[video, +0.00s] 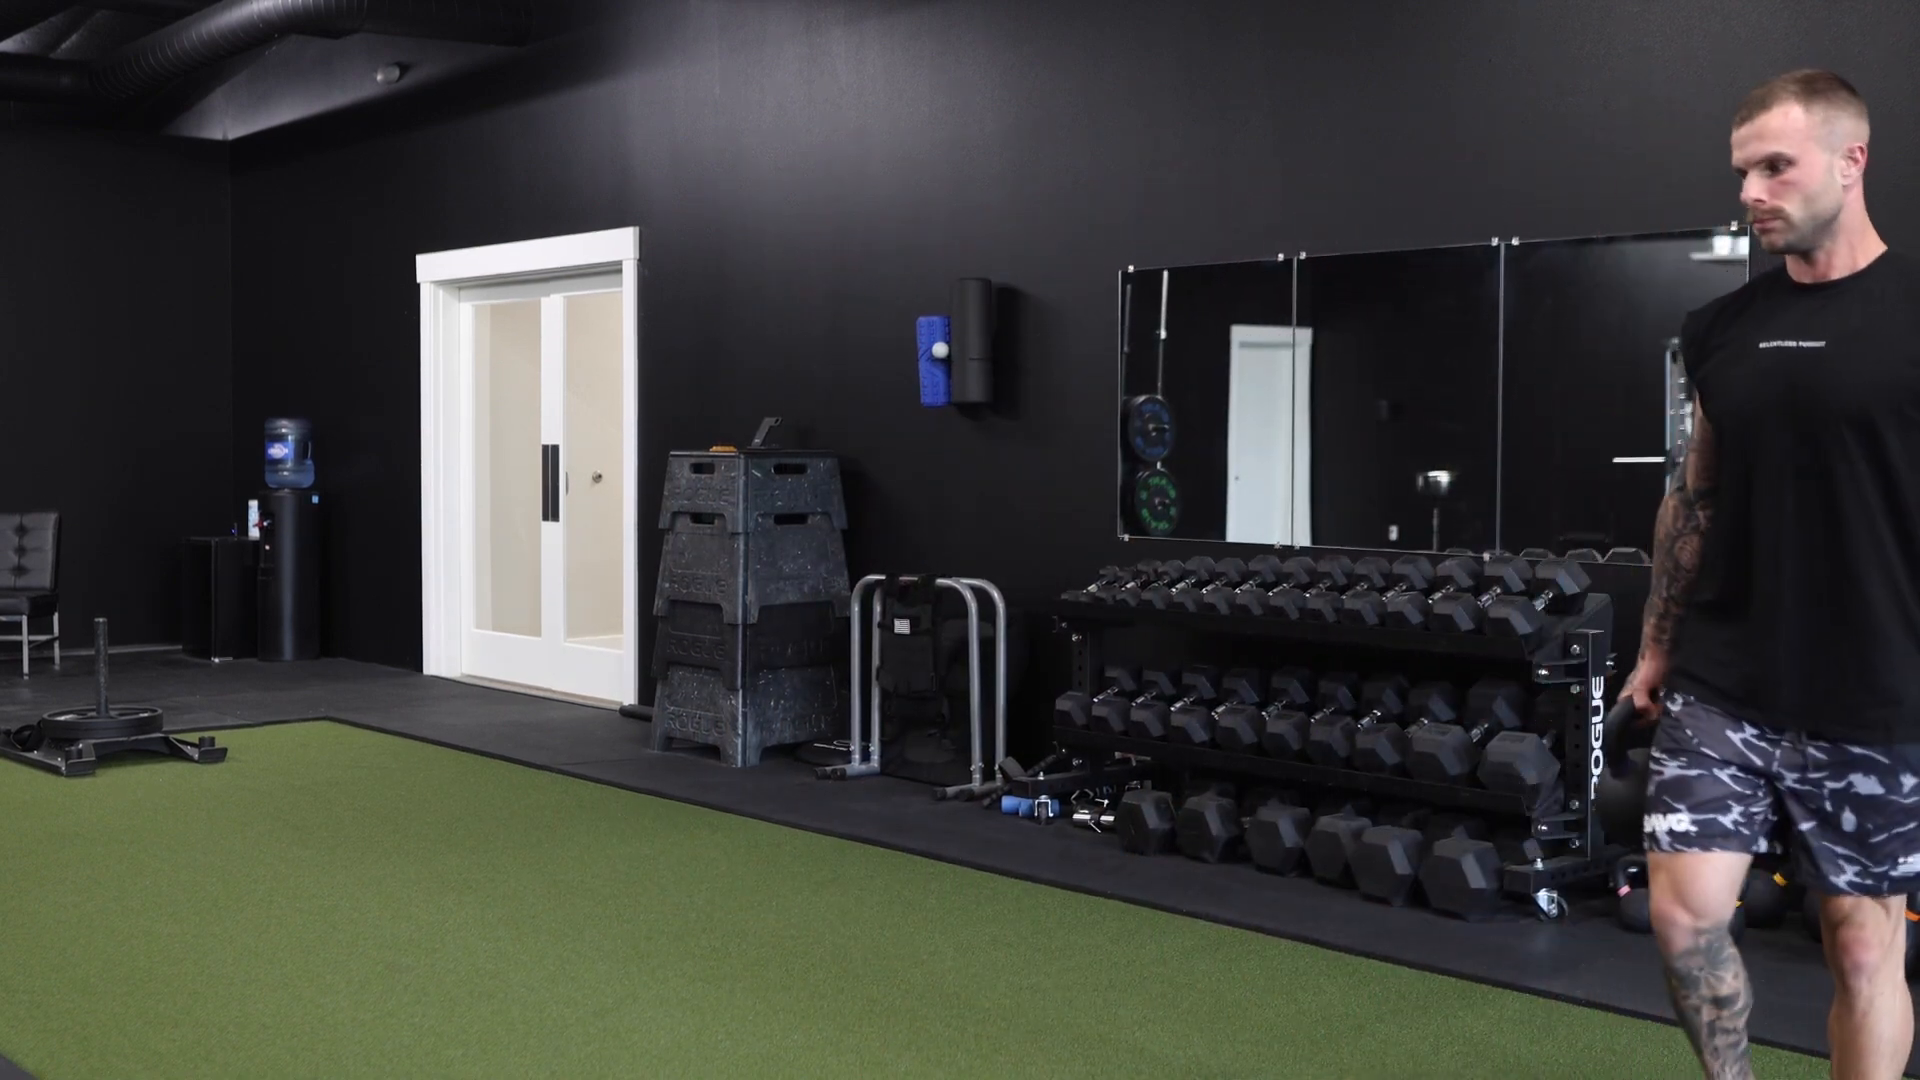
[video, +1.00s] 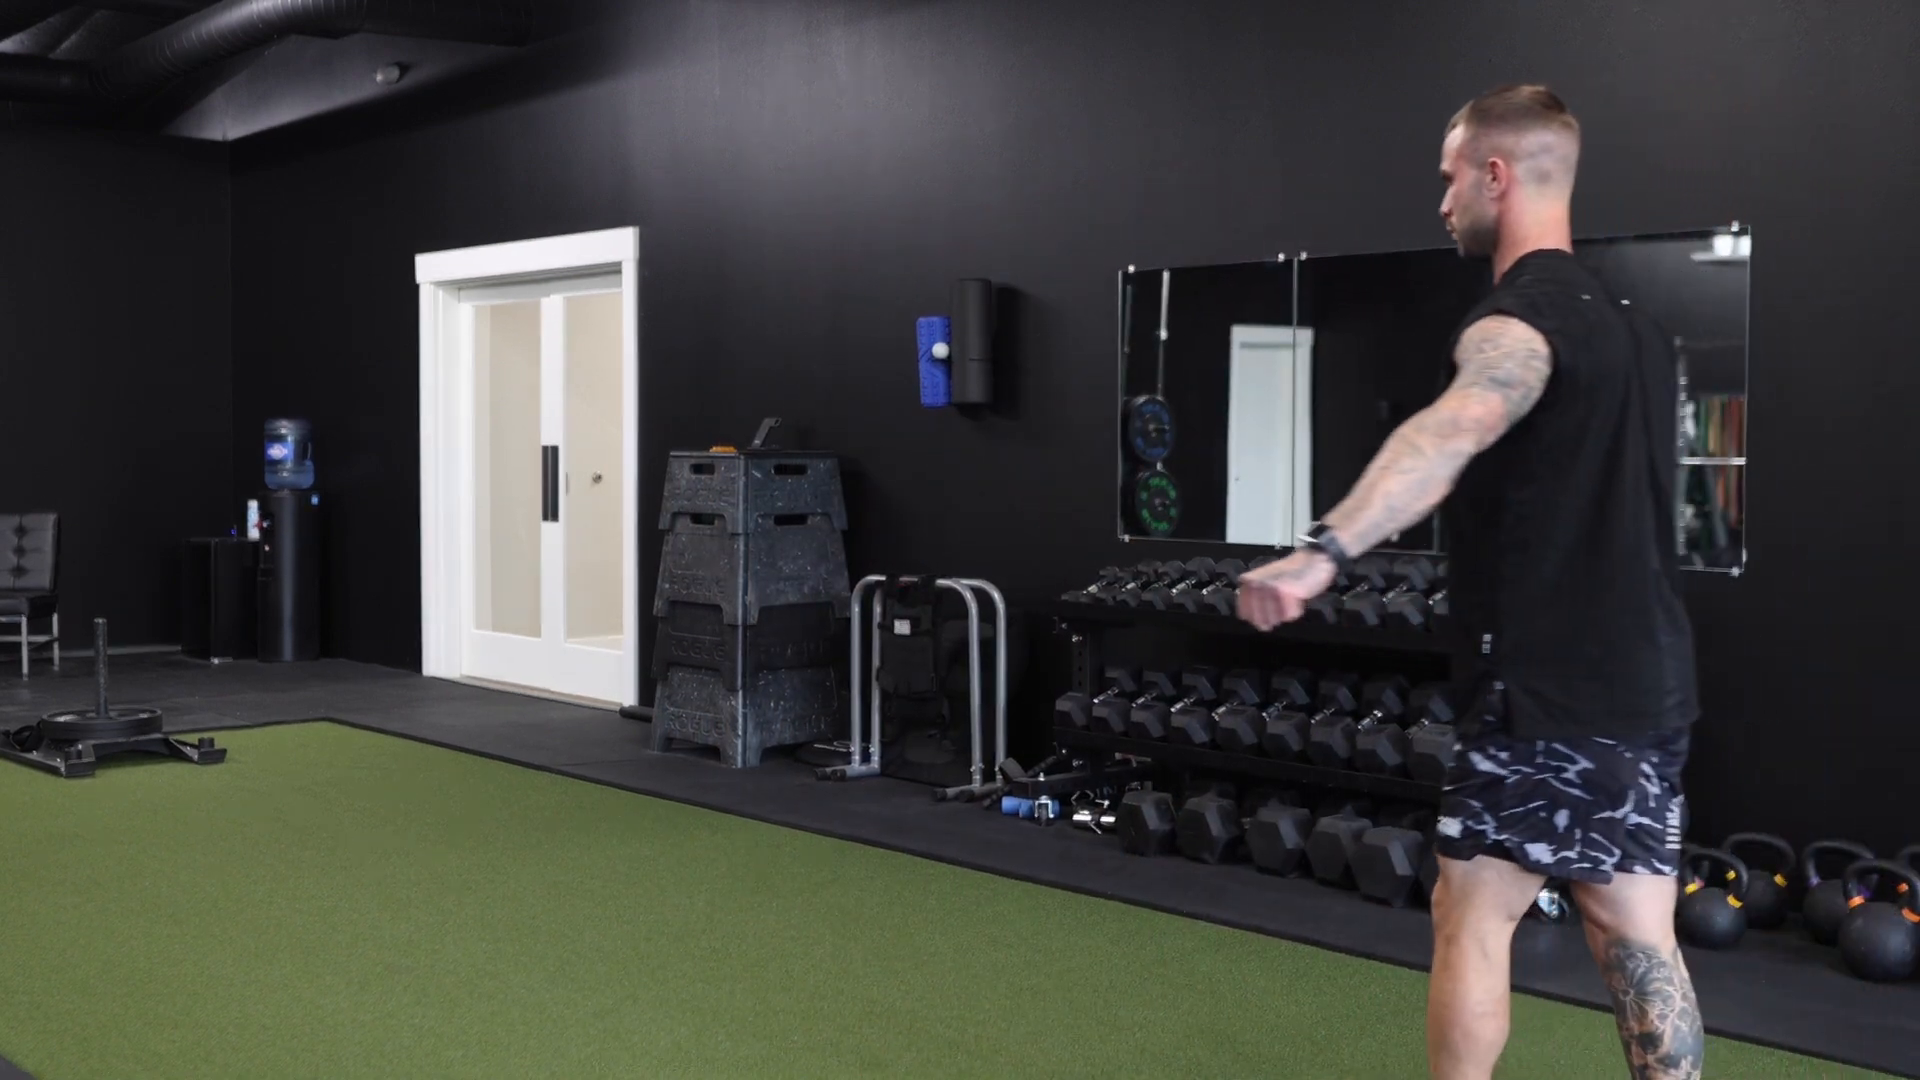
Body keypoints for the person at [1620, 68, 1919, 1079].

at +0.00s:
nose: (1751, 192)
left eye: (1776, 167)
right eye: (1742, 172)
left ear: (1853, 164)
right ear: (1738, 178)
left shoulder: (1907, 312)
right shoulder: (1725, 327)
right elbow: (1694, 494)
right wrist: (1655, 644)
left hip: (1873, 693)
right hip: (1722, 681)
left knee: (1863, 951)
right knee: (1683, 918)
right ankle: (1729, 1073)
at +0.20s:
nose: (1692, 192)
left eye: (1715, 167)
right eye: (1689, 169)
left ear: (1799, 165)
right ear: (1778, 170)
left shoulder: (1889, 320)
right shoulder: (1705, 328)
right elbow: (1699, 524)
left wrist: (1915, 389)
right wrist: (1682, 669)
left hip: (1844, 698)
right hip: (1708, 688)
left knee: (1847, 959)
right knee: (1674, 920)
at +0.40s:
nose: (1606, 193)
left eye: (1627, 170)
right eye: (1609, 171)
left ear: (1703, 172)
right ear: (1694, 176)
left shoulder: (1793, 326)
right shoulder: (1673, 323)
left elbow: (1864, 445)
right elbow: (1695, 502)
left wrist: (1859, 574)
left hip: (1784, 700)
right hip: (1674, 692)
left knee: (1807, 958)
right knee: (1667, 931)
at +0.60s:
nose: (1540, 195)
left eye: (1556, 172)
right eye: (1542, 173)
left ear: (1620, 175)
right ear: (1624, 177)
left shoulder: (1692, 310)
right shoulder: (1640, 310)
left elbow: (1703, 445)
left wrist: (1639, 568)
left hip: (1713, 692)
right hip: (1682, 687)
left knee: (1630, 932)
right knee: (1685, 942)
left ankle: (1767, 1071)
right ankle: (1690, 1072)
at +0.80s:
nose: (1494, 199)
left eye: (1504, 174)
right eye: (1495, 176)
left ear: (1564, 174)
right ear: (1597, 177)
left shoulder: (1609, 307)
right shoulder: (1678, 304)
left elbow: (1571, 434)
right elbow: (1708, 472)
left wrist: (1464, 562)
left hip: (1644, 675)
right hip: (1706, 671)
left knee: (1508, 892)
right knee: (1665, 934)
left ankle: (1580, 1071)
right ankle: (1684, 1075)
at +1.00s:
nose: (1442, 202)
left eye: (1450, 180)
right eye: (1443, 180)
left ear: (1499, 179)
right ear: (1542, 183)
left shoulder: (1523, 315)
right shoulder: (1639, 327)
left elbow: (1458, 425)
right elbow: (1650, 503)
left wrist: (1323, 551)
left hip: (1541, 683)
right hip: (1647, 681)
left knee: (1472, 924)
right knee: (1638, 939)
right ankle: (1673, 1079)